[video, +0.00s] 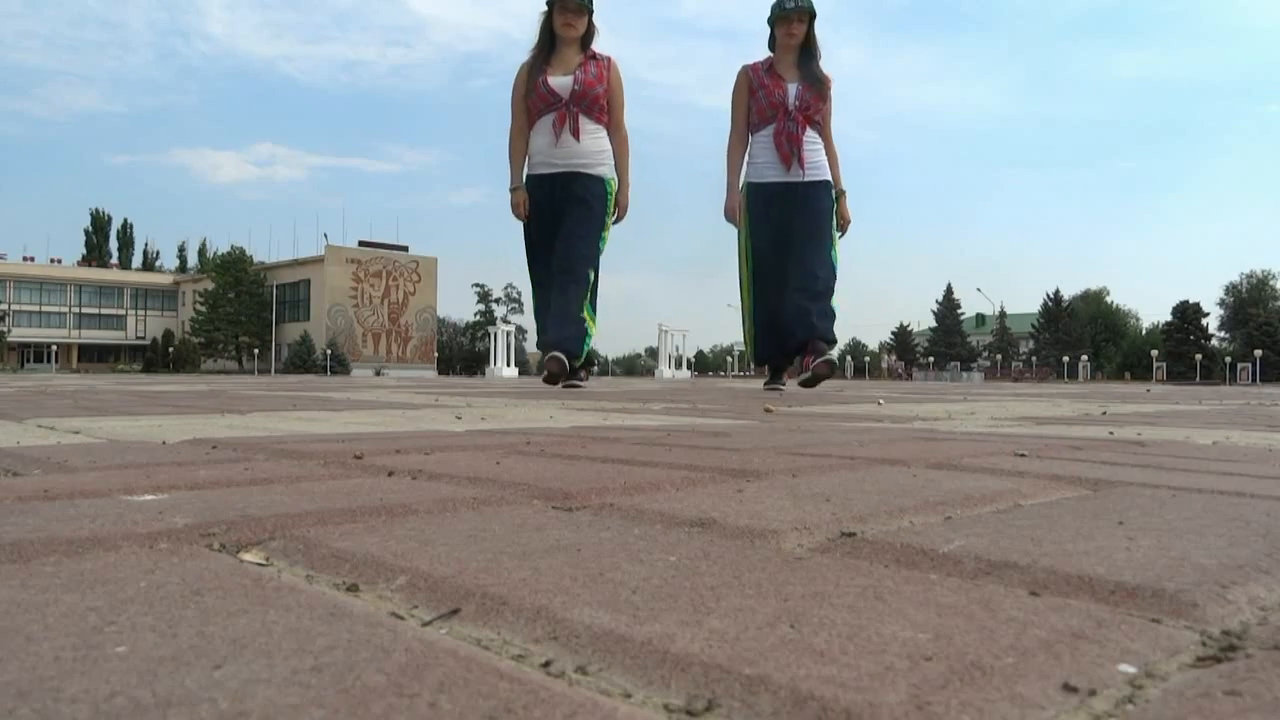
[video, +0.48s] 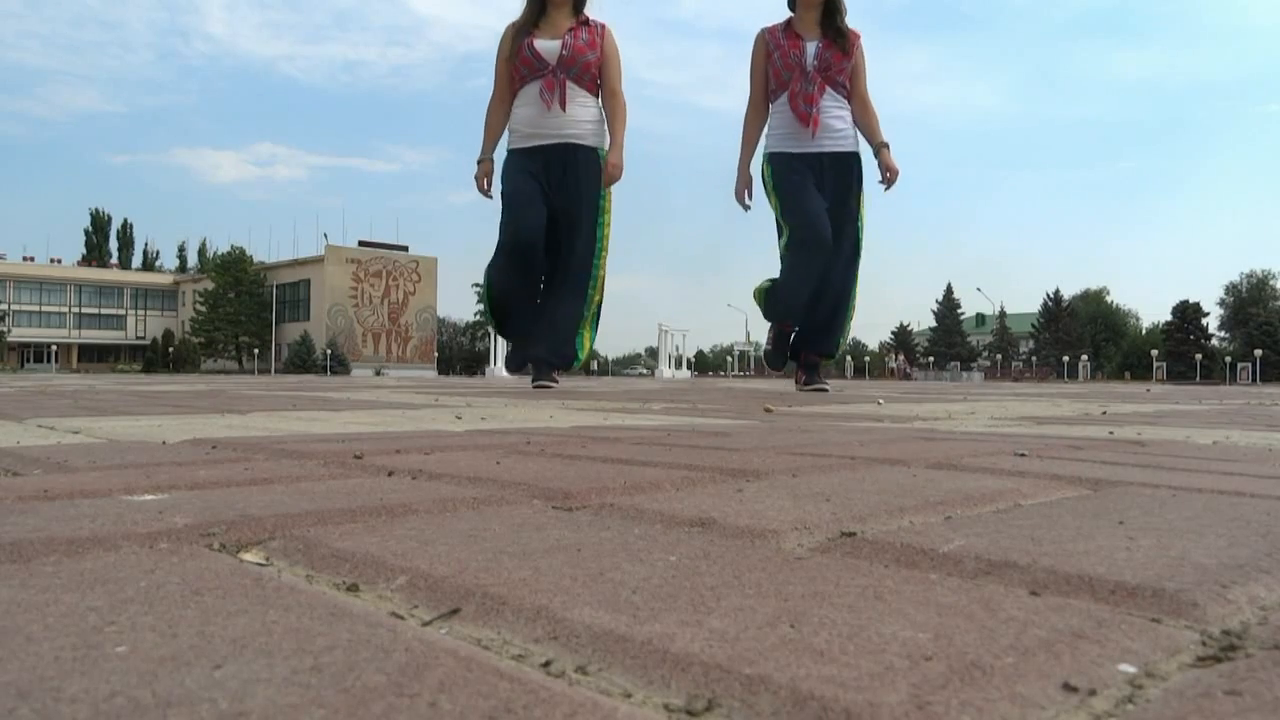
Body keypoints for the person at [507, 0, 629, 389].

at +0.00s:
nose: (570, 17)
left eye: (578, 11)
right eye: (562, 10)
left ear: (589, 19)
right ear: (550, 16)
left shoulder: (605, 67)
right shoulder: (530, 70)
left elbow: (617, 129)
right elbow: (519, 129)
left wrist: (623, 184)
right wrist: (516, 182)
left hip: (591, 178)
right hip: (541, 179)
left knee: (573, 261)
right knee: (545, 268)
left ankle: (558, 350)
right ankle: (573, 360)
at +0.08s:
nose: (569, 13)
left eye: (577, 8)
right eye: (561, 6)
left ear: (588, 16)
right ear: (548, 12)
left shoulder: (604, 64)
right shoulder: (528, 66)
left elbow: (615, 127)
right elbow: (516, 127)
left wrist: (621, 184)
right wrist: (512, 182)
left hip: (589, 176)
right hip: (538, 176)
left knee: (569, 262)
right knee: (541, 267)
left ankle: (552, 353)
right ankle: (574, 359)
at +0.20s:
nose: (567, 4)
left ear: (587, 7)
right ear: (546, 4)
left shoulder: (602, 57)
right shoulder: (523, 58)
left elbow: (613, 123)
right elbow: (510, 120)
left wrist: (620, 183)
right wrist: (504, 178)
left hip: (585, 169)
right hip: (532, 171)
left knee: (567, 263)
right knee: (535, 265)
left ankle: (547, 361)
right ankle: (568, 357)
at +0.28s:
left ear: (585, 2)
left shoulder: (600, 50)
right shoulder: (521, 48)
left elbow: (612, 115)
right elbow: (507, 112)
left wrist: (620, 175)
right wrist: (498, 170)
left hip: (583, 161)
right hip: (530, 164)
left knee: (567, 258)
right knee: (530, 260)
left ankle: (546, 361)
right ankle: (559, 353)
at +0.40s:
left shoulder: (598, 41)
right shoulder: (518, 40)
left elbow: (612, 104)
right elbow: (502, 103)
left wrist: (620, 159)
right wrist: (490, 160)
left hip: (582, 157)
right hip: (528, 160)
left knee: (570, 257)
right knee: (523, 256)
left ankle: (546, 363)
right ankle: (538, 347)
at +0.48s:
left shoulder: (599, 33)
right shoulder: (516, 32)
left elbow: (613, 95)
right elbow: (501, 97)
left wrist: (616, 149)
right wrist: (486, 154)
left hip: (580, 154)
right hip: (524, 154)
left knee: (571, 257)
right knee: (522, 243)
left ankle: (549, 360)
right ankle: (520, 335)